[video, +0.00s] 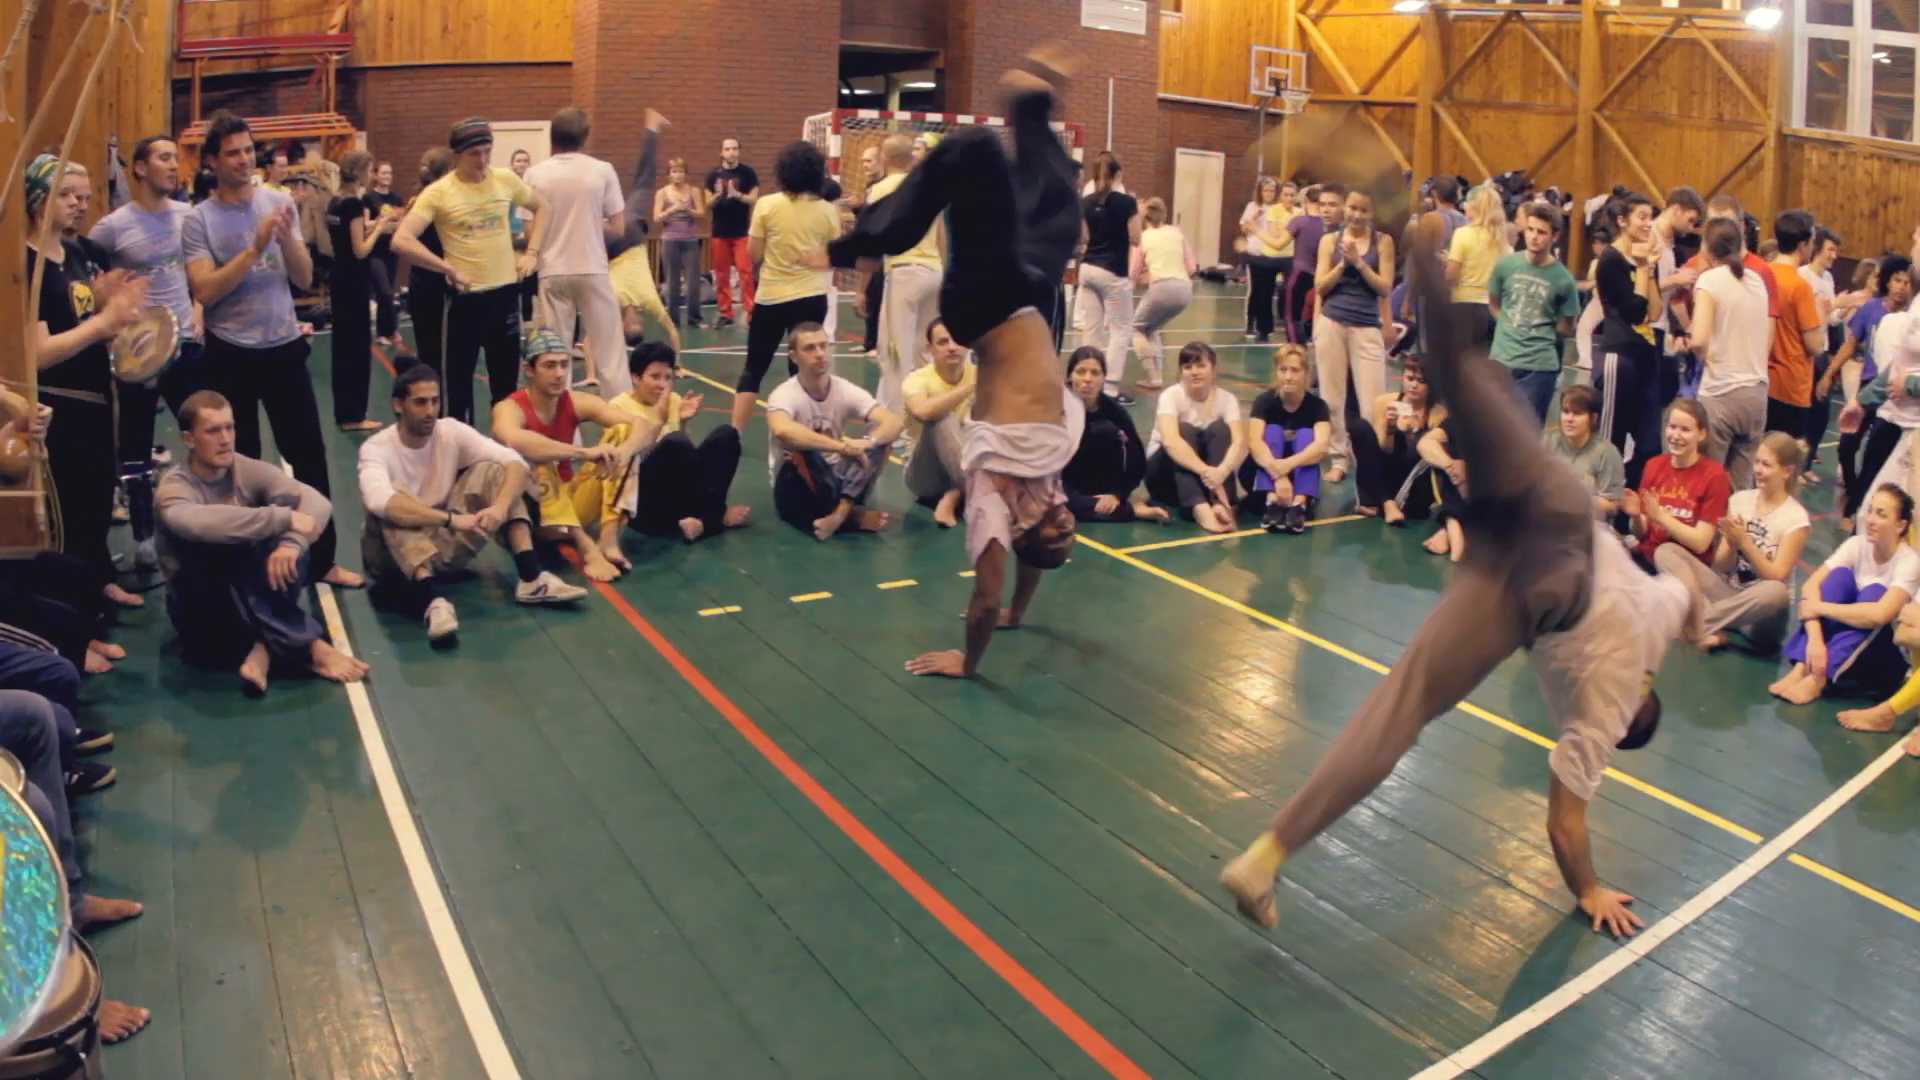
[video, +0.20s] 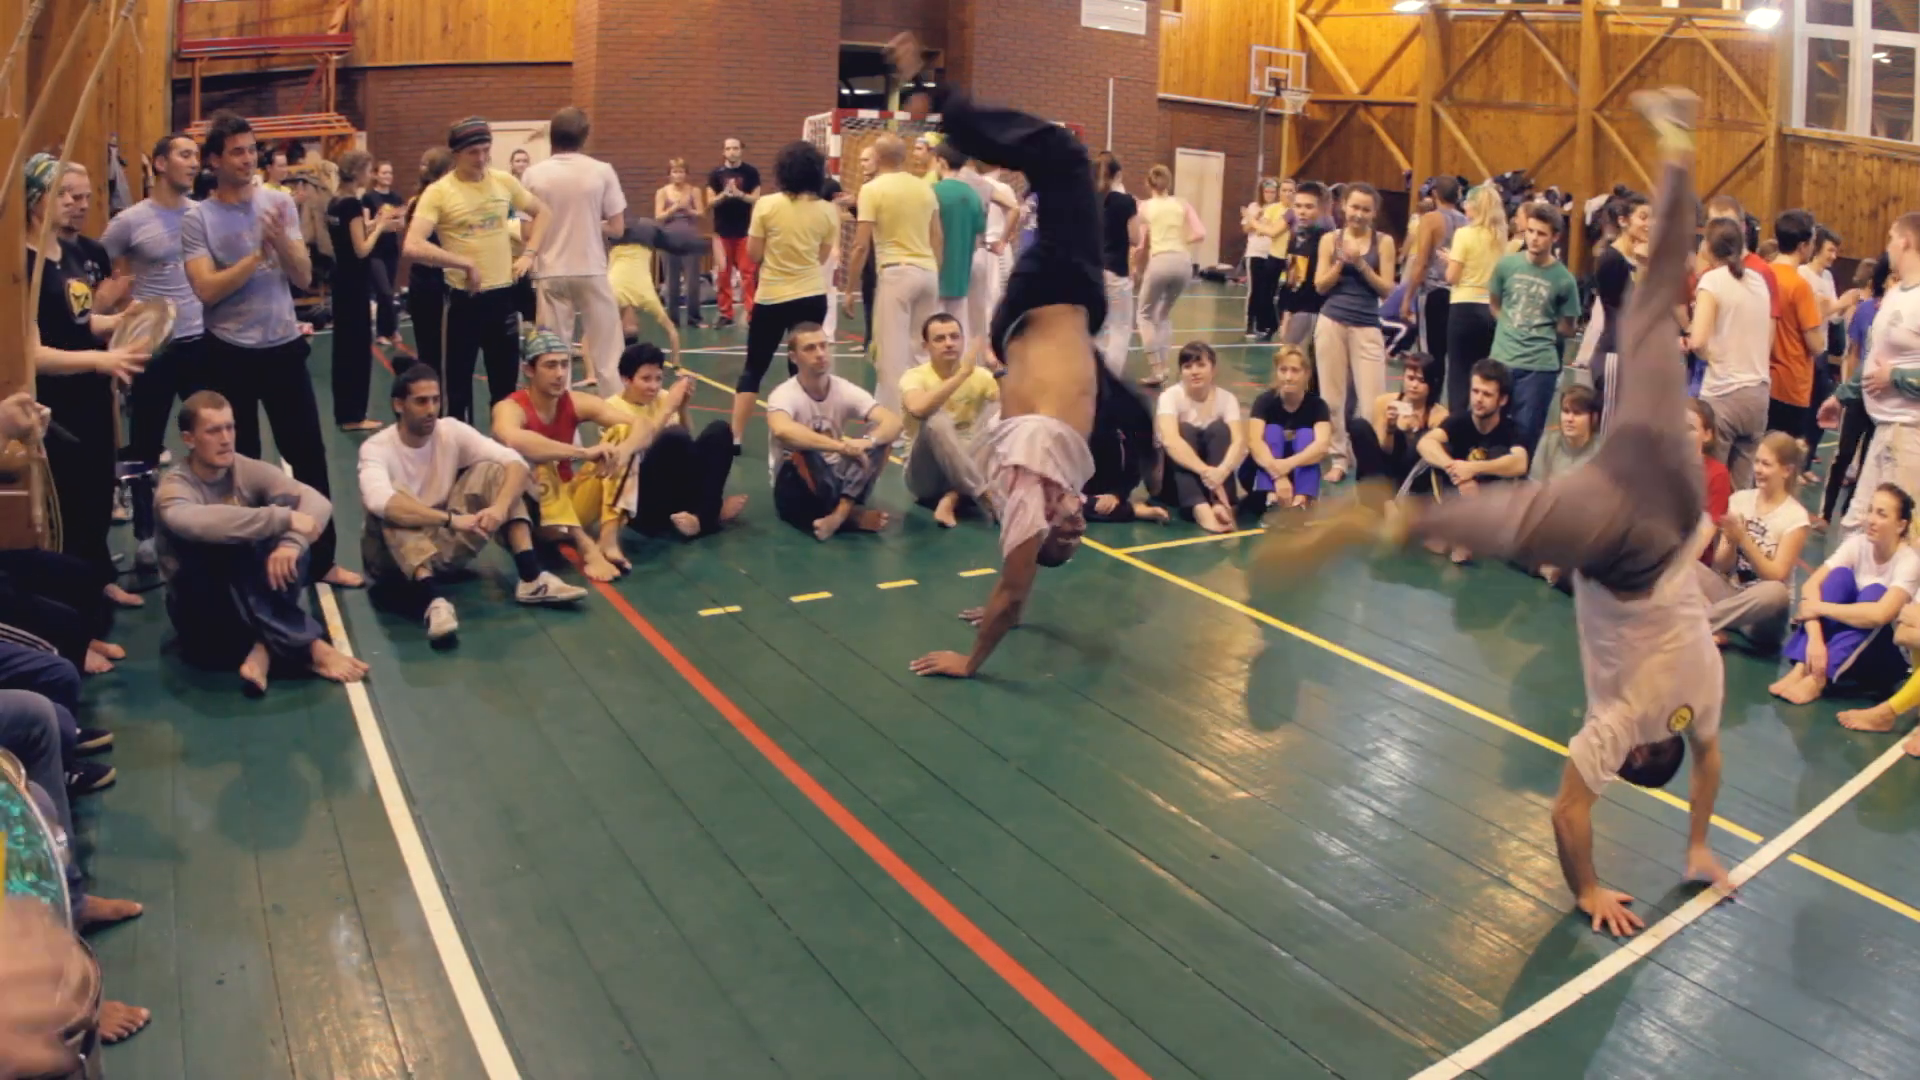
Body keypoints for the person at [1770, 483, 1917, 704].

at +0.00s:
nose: (1871, 519)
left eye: (1881, 515)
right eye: (1870, 511)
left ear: (1901, 526)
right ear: (1864, 513)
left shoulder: (1909, 561)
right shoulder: (1856, 545)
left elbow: (1881, 615)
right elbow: (1810, 586)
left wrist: (1819, 608)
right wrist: (1815, 641)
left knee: (1875, 592)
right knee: (1840, 577)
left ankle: (1818, 678)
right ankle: (1800, 667)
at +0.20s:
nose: (1871, 520)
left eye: (1881, 514)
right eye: (1870, 511)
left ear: (1901, 525)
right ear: (1866, 512)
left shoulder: (1909, 561)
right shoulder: (1856, 544)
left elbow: (1881, 615)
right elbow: (1810, 586)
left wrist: (1819, 608)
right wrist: (1815, 641)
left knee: (1875, 592)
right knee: (1840, 577)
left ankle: (1817, 678)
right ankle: (1800, 667)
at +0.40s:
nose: (1872, 520)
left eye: (1883, 515)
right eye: (1872, 511)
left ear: (1902, 526)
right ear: (1867, 513)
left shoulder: (1910, 561)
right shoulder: (1858, 544)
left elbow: (1881, 615)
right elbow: (1810, 586)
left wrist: (1819, 608)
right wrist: (1815, 641)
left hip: (1881, 667)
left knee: (1875, 592)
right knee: (1840, 577)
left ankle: (1817, 678)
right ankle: (1800, 668)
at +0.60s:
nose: (1874, 520)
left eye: (1885, 515)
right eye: (1873, 511)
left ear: (1903, 526)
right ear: (1868, 512)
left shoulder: (1910, 562)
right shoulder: (1857, 545)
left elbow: (1880, 615)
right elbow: (1810, 586)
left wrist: (1819, 607)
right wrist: (1815, 641)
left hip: (1881, 666)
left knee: (1876, 592)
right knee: (1840, 576)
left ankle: (1818, 678)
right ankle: (1800, 667)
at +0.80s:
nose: (1879, 519)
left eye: (1890, 514)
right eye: (1877, 510)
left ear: (1907, 525)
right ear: (1870, 513)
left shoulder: (1912, 561)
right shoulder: (1858, 543)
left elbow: (1883, 613)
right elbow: (1819, 588)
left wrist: (1824, 607)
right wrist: (1819, 639)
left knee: (1878, 590)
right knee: (1840, 574)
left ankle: (1822, 675)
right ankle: (1806, 663)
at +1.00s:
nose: (1881, 516)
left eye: (1892, 512)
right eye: (1880, 507)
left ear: (1909, 524)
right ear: (1874, 510)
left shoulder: (1912, 559)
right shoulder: (1857, 543)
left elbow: (1886, 609)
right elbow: (1820, 588)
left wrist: (1828, 604)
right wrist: (1820, 639)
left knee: (1877, 586)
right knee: (1844, 571)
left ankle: (1828, 671)